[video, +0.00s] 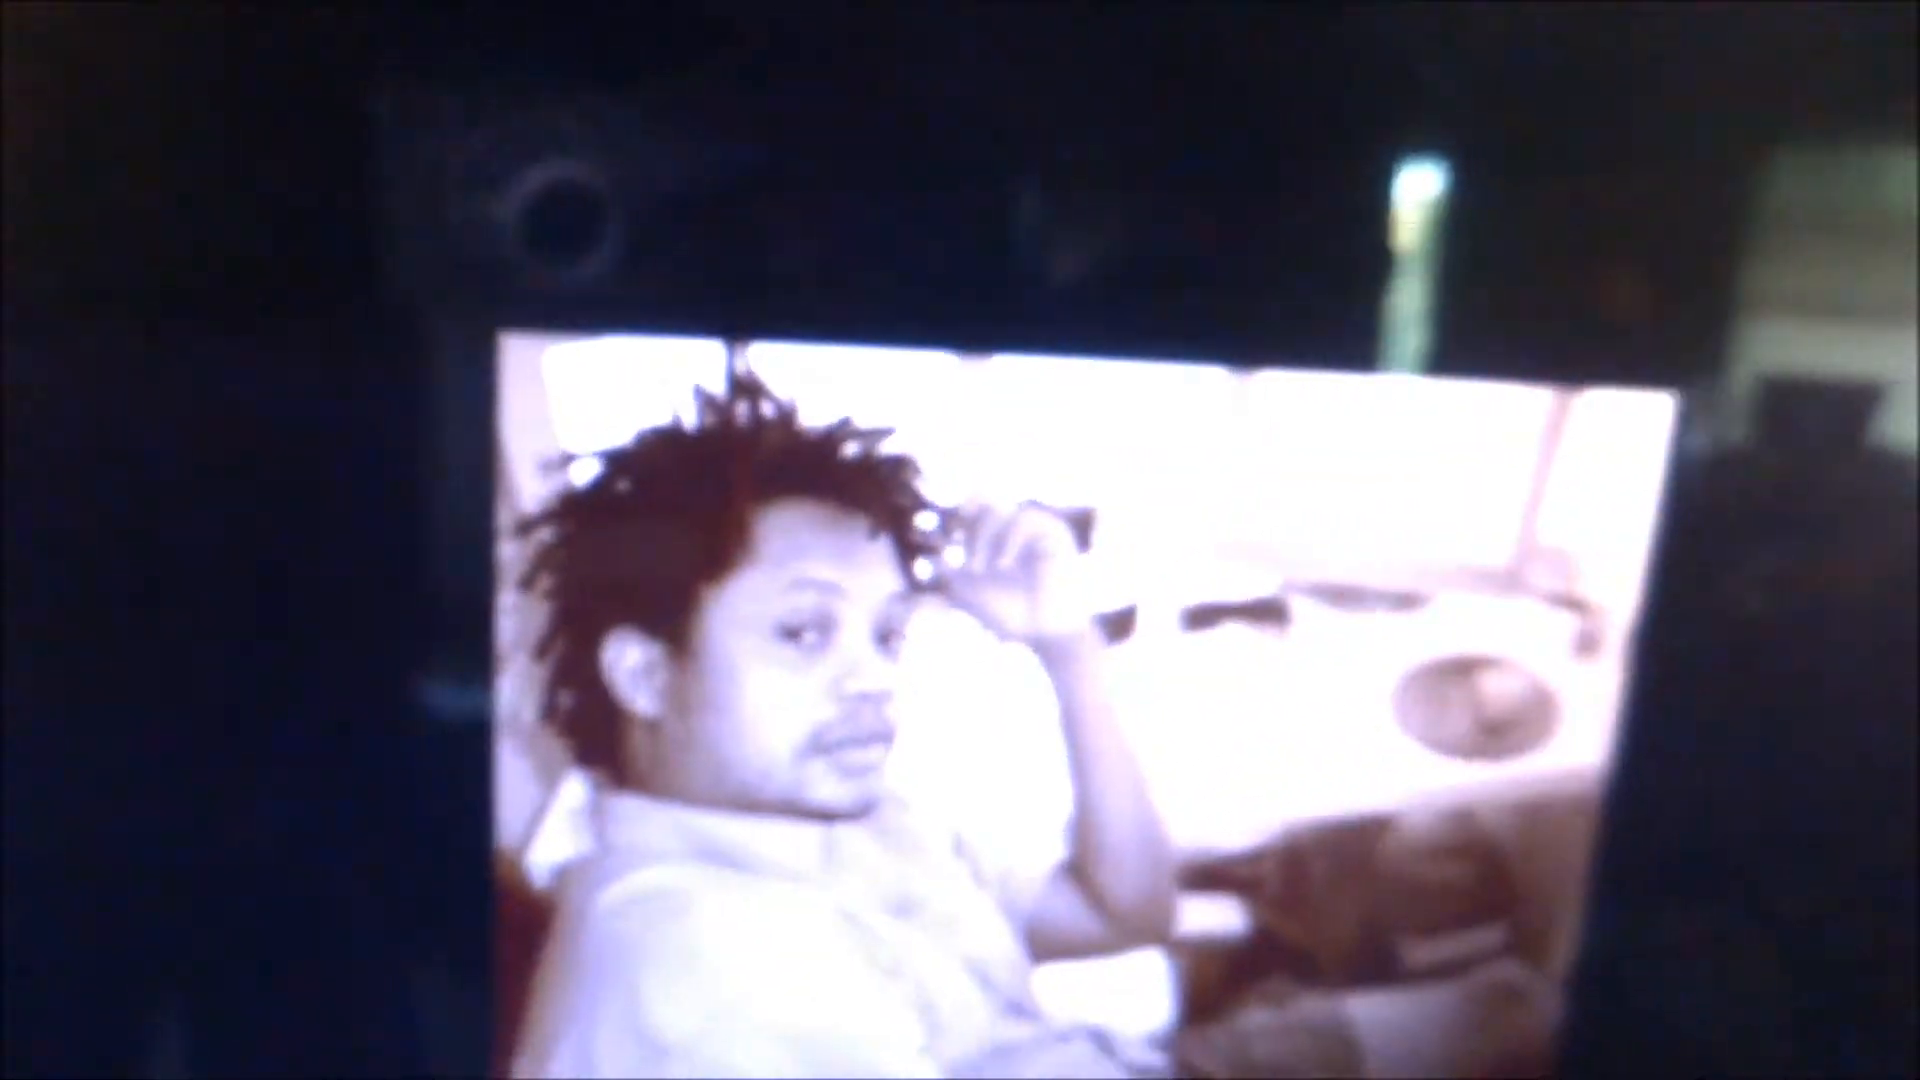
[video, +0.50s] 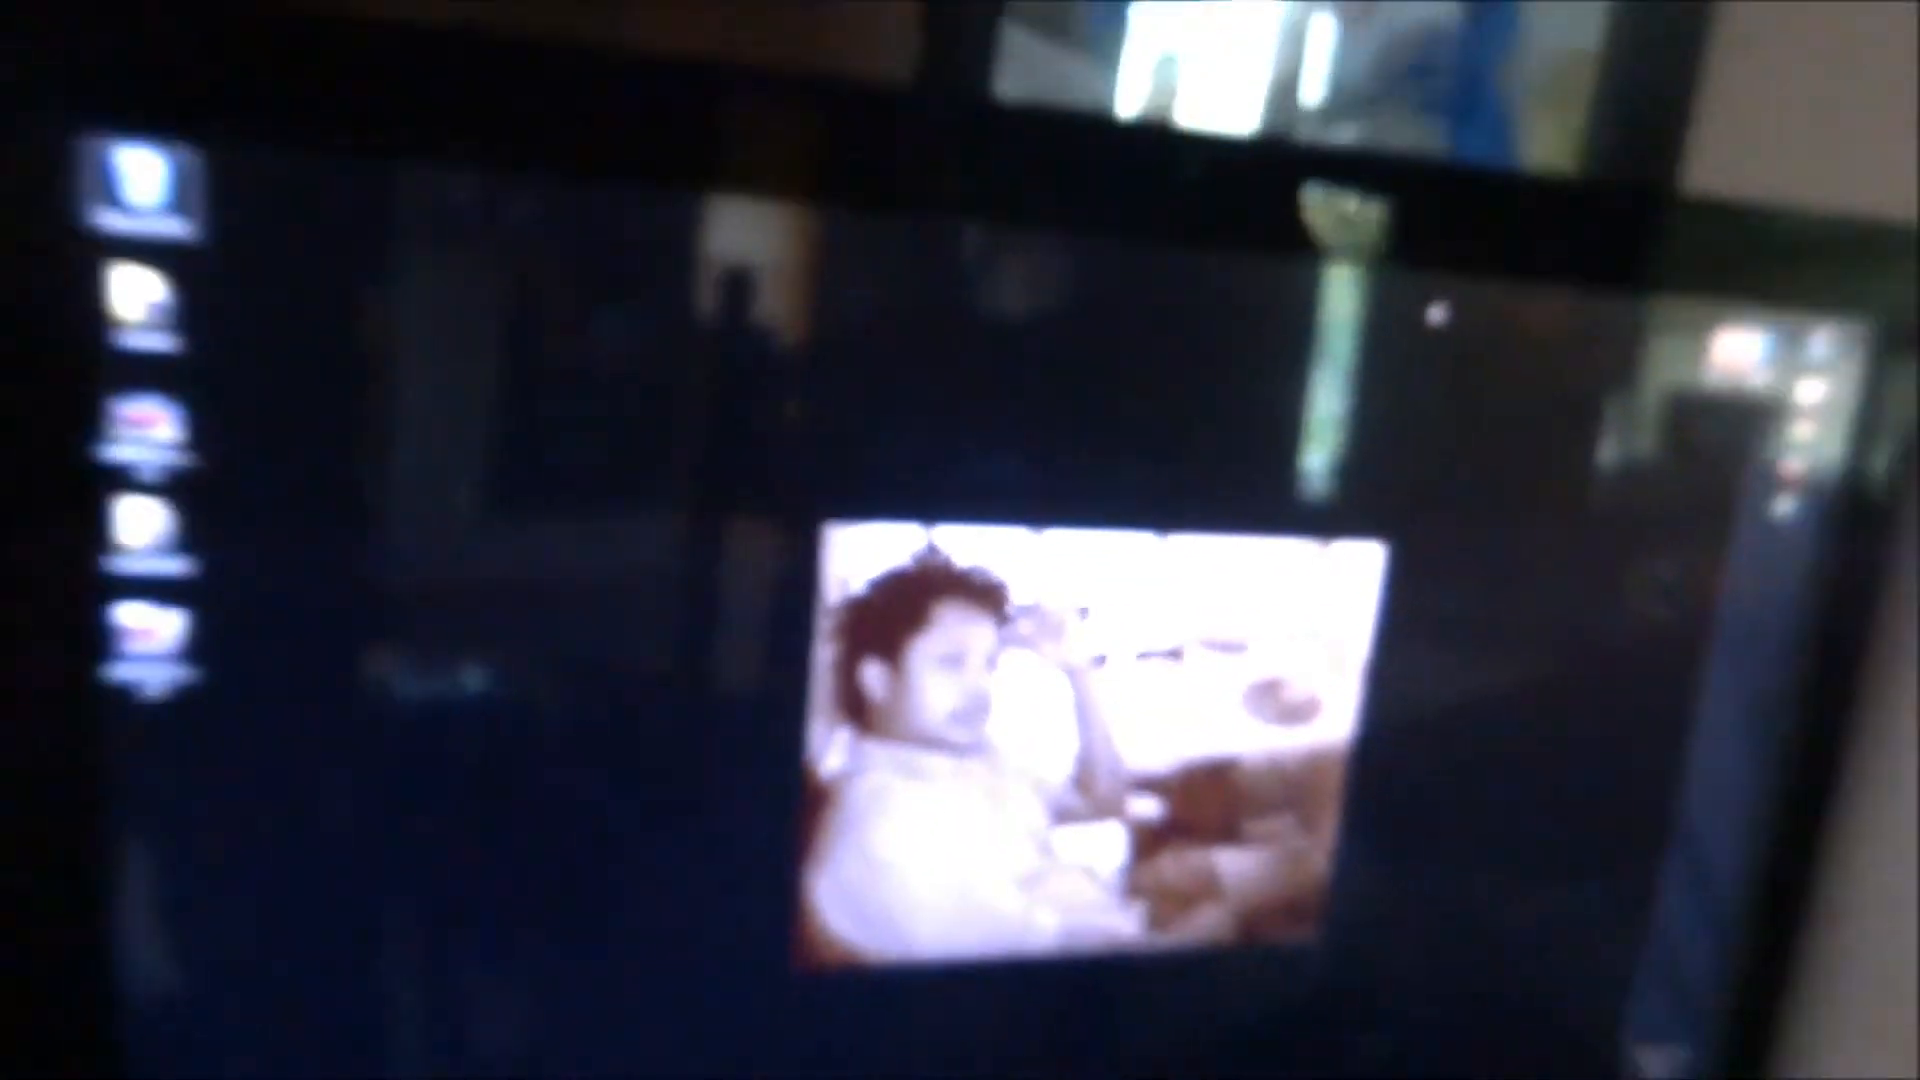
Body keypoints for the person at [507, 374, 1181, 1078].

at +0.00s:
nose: (873, 681)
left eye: (887, 636)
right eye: (803, 633)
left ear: (909, 636)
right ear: (640, 675)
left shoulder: (880, 843)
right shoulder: (672, 949)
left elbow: (1127, 907)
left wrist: (1069, 645)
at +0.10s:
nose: (872, 705)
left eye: (884, 660)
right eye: (811, 662)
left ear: (907, 659)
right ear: (671, 693)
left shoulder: (880, 834)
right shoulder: (703, 944)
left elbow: (1102, 897)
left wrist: (1049, 669)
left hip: (1118, 1043)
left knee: (1436, 964)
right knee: (1453, 994)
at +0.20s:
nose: (909, 700)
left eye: (918, 666)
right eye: (859, 667)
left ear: (936, 666)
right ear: (735, 696)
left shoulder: (903, 827)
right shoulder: (757, 925)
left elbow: (1105, 871)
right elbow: (978, 1064)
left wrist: (1059, 673)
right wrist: (1291, 1026)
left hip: (1124, 1025)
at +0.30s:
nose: (948, 705)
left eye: (960, 676)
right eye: (905, 674)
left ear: (975, 678)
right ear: (801, 699)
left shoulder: (951, 817)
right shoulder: (812, 895)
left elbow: (1117, 859)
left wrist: (1081, 681)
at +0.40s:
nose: (972, 701)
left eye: (981, 675)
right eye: (936, 674)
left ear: (994, 676)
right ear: (848, 693)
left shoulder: (972, 797)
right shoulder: (854, 849)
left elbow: (1115, 830)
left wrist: (1082, 680)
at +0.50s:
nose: (979, 688)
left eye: (988, 664)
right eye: (950, 664)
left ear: (1000, 665)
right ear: (875, 680)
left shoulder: (981, 773)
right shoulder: (874, 824)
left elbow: (1103, 803)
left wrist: (1078, 673)